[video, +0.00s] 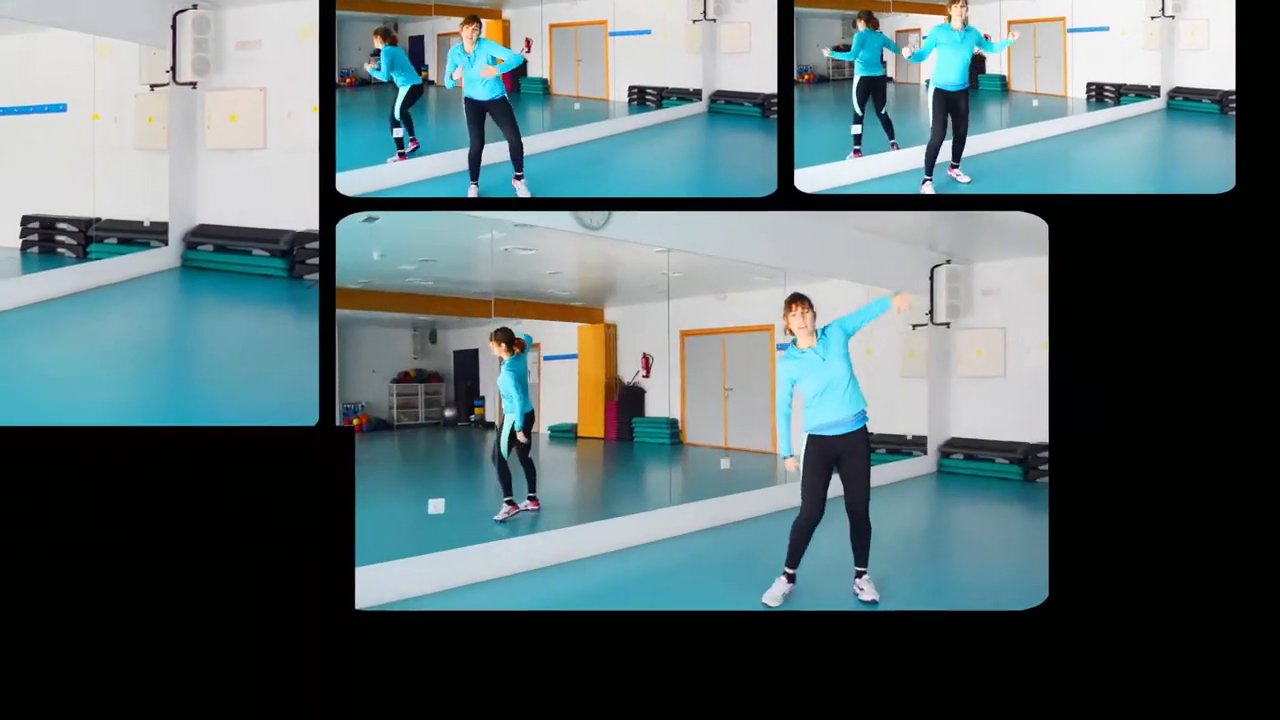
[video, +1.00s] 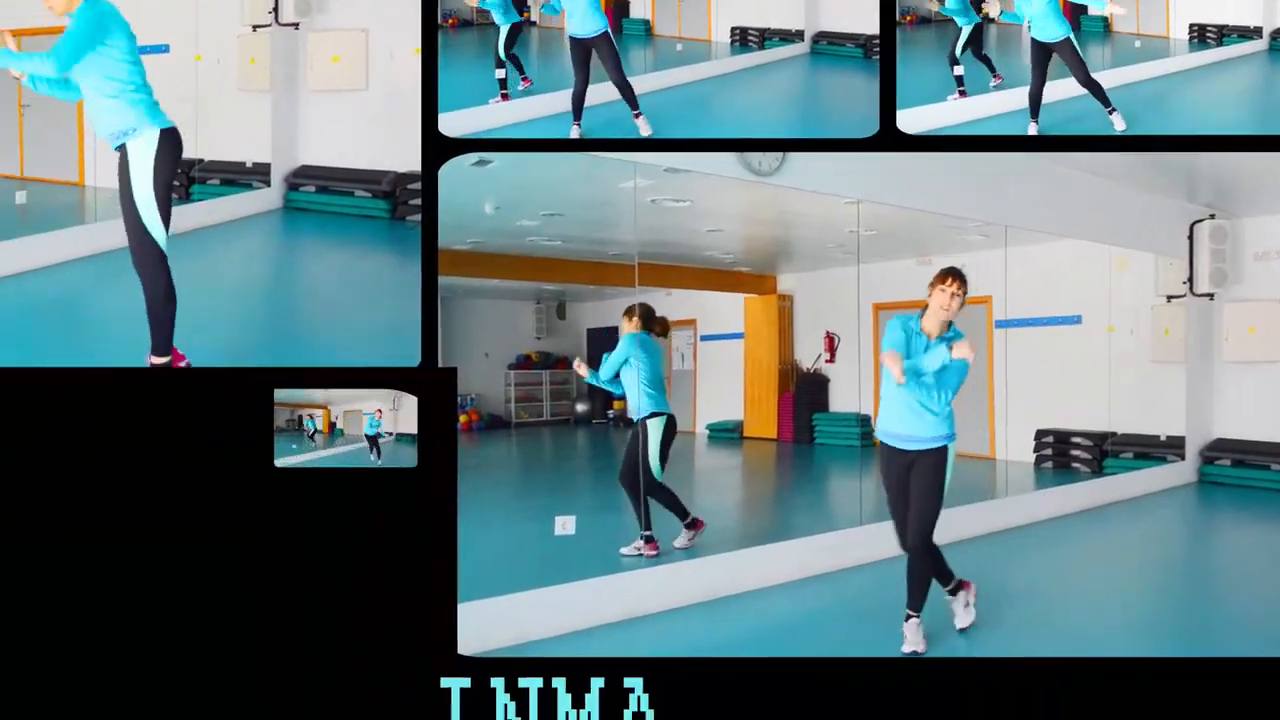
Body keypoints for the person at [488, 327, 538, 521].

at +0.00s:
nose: (491, 348)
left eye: (493, 344)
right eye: (491, 344)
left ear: (502, 346)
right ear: (508, 345)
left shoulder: (507, 372)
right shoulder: (520, 358)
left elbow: (518, 399)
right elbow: (528, 339)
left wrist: (519, 428)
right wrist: (522, 340)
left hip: (513, 416)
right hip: (526, 412)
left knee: (498, 456)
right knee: (524, 455)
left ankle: (509, 503)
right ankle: (532, 499)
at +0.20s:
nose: (525, 358)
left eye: (527, 354)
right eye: (525, 354)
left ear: (538, 355)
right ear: (540, 355)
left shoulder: (551, 378)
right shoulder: (543, 377)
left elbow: (571, 405)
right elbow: (546, 405)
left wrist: (578, 435)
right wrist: (528, 408)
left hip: (555, 436)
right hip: (557, 436)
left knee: (526, 479)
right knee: (561, 484)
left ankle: (550, 527)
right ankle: (568, 533)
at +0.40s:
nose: (545, 365)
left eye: (548, 360)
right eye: (546, 360)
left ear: (561, 363)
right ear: (559, 363)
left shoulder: (575, 384)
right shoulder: (559, 391)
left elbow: (596, 403)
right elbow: (556, 428)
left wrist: (604, 416)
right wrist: (538, 418)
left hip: (581, 451)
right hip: (575, 452)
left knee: (555, 505)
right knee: (585, 506)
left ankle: (586, 552)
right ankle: (591, 556)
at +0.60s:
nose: (553, 373)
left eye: (556, 368)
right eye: (554, 368)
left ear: (568, 370)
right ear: (561, 371)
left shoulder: (583, 394)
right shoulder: (564, 402)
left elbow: (590, 405)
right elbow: (549, 434)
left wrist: (574, 372)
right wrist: (533, 413)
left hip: (588, 461)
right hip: (575, 464)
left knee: (583, 519)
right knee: (579, 519)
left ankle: (611, 577)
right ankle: (596, 564)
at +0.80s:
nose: (574, 359)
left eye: (575, 354)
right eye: (574, 355)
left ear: (585, 352)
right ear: (589, 354)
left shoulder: (595, 370)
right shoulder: (587, 388)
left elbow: (554, 381)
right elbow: (562, 413)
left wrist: (557, 353)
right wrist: (540, 389)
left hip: (608, 447)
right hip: (593, 451)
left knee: (606, 505)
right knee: (574, 500)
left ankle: (634, 562)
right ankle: (598, 558)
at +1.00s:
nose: (621, 327)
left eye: (623, 322)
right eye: (622, 323)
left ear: (634, 321)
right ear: (642, 324)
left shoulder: (632, 340)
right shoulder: (647, 346)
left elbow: (604, 373)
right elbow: (622, 388)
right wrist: (590, 376)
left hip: (655, 420)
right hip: (644, 421)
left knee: (650, 483)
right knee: (628, 478)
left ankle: (691, 523)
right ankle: (648, 539)